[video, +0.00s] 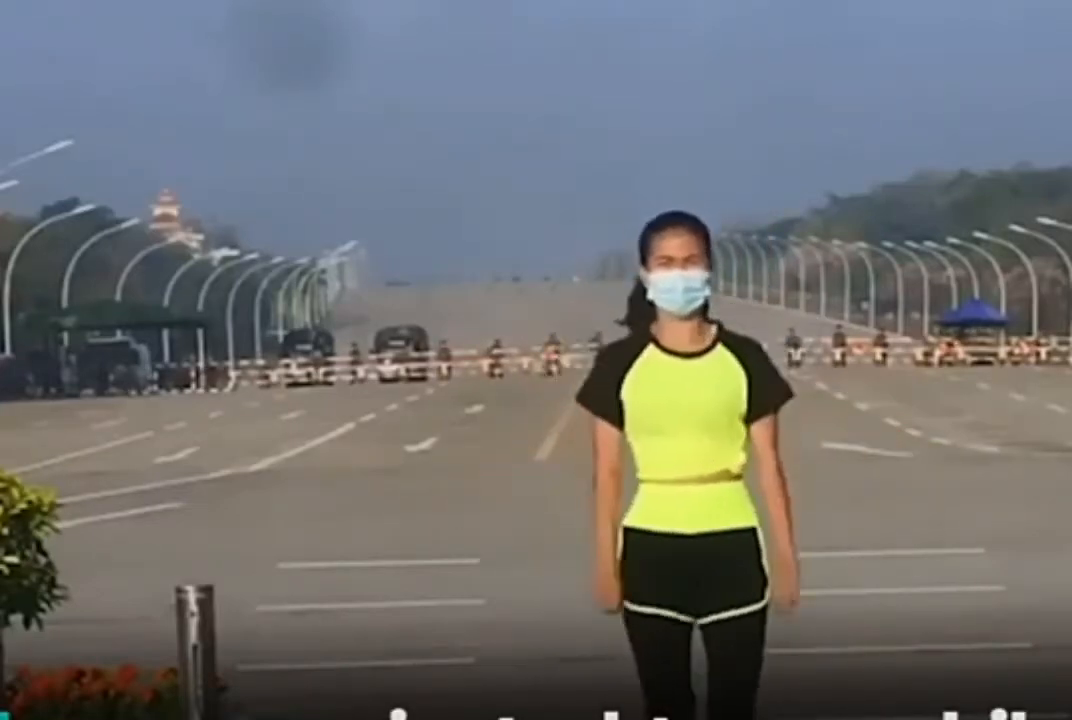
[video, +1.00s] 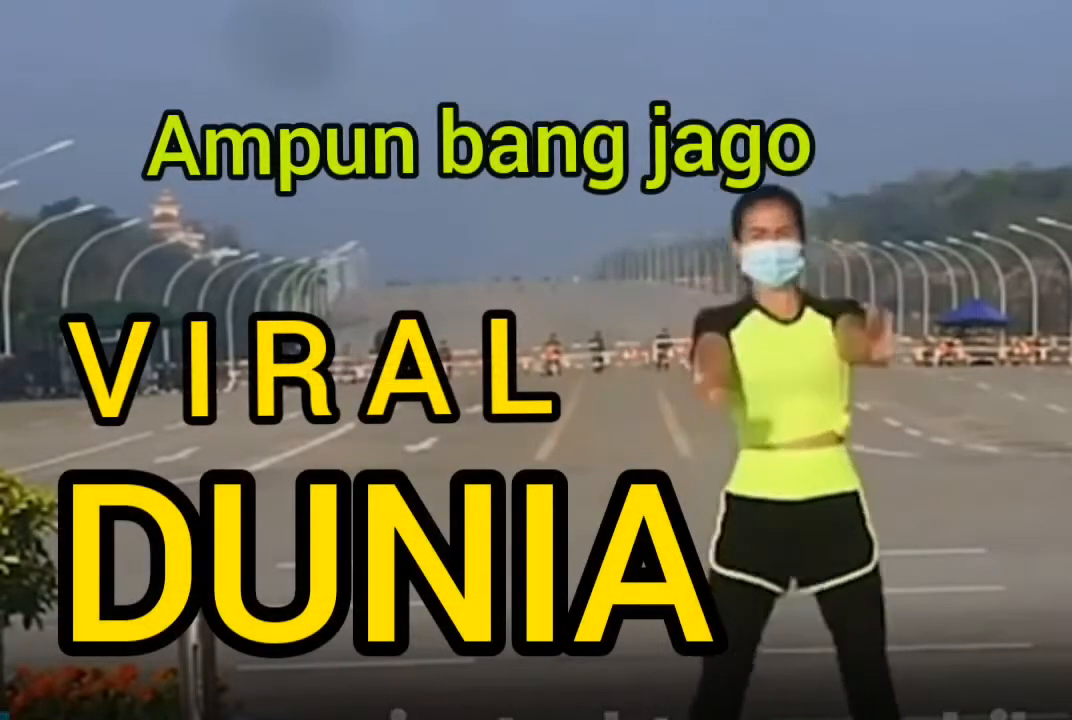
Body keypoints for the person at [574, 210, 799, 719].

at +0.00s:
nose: (682, 275)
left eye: (694, 262)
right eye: (667, 263)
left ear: (710, 272)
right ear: (645, 274)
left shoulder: (745, 357)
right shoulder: (619, 362)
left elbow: (768, 466)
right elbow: (609, 472)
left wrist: (786, 559)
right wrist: (606, 564)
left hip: (732, 550)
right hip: (650, 553)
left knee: (733, 707)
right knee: (667, 708)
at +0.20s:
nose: (690, 229)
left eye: (702, 216)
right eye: (676, 218)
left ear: (721, 224)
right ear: (657, 228)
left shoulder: (760, 307)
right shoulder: (631, 316)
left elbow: (778, 411)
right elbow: (631, 427)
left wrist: (806, 495)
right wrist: (630, 519)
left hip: (754, 500)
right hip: (670, 504)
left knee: (755, 668)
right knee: (680, 672)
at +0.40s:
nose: (712, 236)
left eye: (724, 223)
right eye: (698, 224)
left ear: (743, 230)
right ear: (676, 235)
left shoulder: (778, 303)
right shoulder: (657, 311)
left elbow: (797, 358)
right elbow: (654, 396)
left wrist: (820, 369)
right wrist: (657, 353)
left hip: (770, 494)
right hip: (690, 501)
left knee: (812, 663)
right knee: (681, 673)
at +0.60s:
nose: (738, 248)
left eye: (748, 235)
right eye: (723, 238)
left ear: (767, 243)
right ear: (703, 251)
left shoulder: (804, 320)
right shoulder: (682, 328)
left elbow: (836, 374)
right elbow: (680, 376)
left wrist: (855, 375)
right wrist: (680, 412)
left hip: (801, 511)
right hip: (720, 517)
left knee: (841, 674)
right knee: (696, 681)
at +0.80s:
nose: (753, 223)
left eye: (764, 210)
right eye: (739, 212)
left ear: (783, 216)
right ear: (718, 222)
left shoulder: (814, 288)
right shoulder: (696, 302)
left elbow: (829, 366)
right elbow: (695, 377)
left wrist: (851, 413)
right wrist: (692, 430)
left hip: (813, 487)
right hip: (731, 494)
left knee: (858, 649)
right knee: (711, 655)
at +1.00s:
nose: (774, 246)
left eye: (785, 234)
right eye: (759, 236)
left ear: (803, 244)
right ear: (738, 251)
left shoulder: (839, 317)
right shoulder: (721, 326)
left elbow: (861, 340)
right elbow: (713, 367)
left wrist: (875, 346)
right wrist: (713, 385)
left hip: (835, 507)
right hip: (755, 512)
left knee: (868, 670)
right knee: (726, 670)